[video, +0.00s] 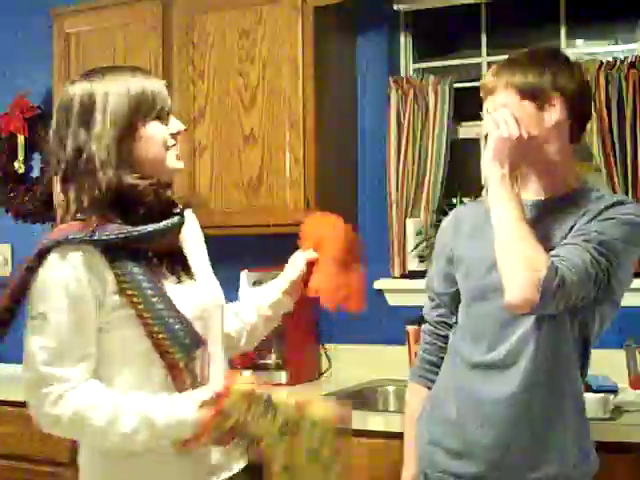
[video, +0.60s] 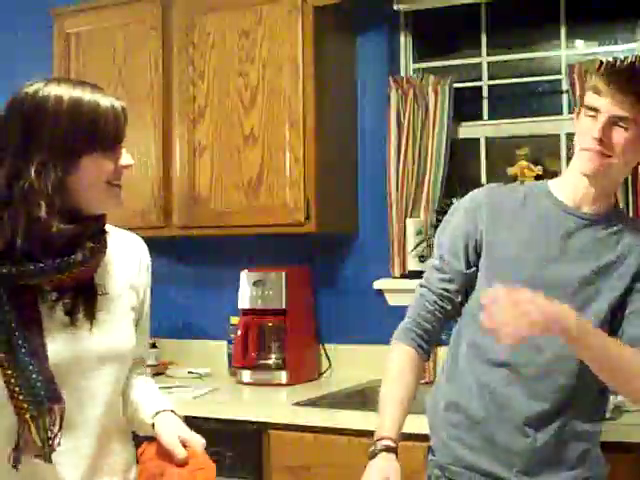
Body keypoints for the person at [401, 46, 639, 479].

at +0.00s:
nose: (489, 123)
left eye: (502, 108)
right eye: (487, 111)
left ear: (553, 111)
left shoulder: (614, 218)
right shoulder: (459, 224)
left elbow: (529, 292)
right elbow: (432, 349)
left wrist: (498, 177)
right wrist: (411, 465)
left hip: (544, 463)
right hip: (445, 459)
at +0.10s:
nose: (542, 127)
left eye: (560, 114)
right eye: (532, 112)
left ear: (597, 125)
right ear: (516, 123)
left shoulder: (619, 222)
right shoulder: (458, 221)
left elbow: (533, 279)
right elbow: (434, 332)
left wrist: (483, 162)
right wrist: (411, 435)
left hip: (552, 462)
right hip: (450, 457)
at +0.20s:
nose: (604, 142)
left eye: (621, 130)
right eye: (593, 120)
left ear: (631, 140)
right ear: (555, 112)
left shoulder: (623, 225)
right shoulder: (463, 212)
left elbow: (540, 272)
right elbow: (428, 341)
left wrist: (445, 191)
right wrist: (411, 460)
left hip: (558, 463)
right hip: (452, 459)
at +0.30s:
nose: (630, 151)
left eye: (639, 136)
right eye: (622, 126)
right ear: (578, 113)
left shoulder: (626, 229)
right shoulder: (467, 209)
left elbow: (557, 288)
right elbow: (419, 346)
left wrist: (456, 230)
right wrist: (398, 468)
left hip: (562, 466)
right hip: (455, 461)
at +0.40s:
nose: (633, 147)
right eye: (625, 124)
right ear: (583, 115)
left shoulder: (626, 236)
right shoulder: (473, 210)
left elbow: (593, 319)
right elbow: (417, 341)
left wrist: (484, 245)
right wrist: (386, 465)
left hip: (564, 466)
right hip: (459, 462)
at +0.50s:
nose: (619, 141)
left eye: (637, 132)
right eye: (611, 118)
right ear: (580, 116)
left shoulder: (629, 244)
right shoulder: (477, 211)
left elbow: (629, 357)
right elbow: (416, 337)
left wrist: (526, 272)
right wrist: (381, 456)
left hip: (566, 469)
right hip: (459, 463)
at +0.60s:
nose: (600, 133)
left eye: (621, 125)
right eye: (592, 114)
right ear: (575, 119)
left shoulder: (630, 251)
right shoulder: (484, 210)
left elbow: (634, 384)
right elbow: (417, 331)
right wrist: (384, 449)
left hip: (566, 469)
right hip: (460, 461)